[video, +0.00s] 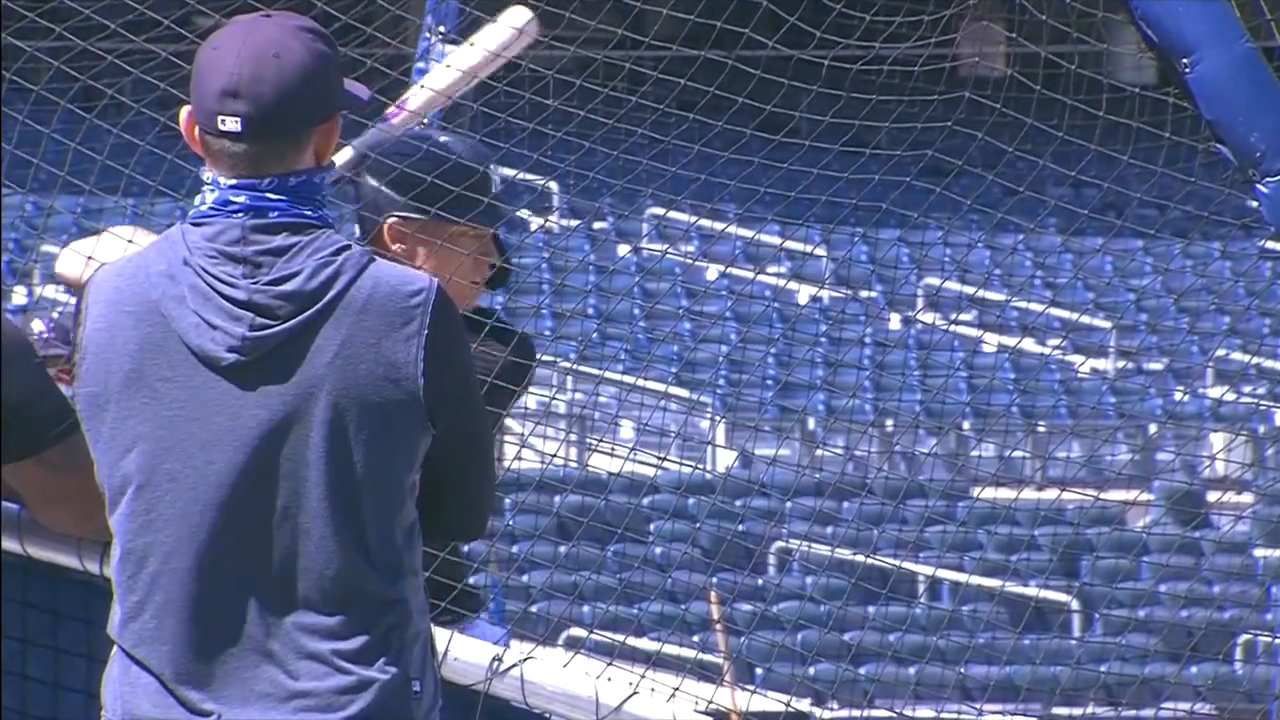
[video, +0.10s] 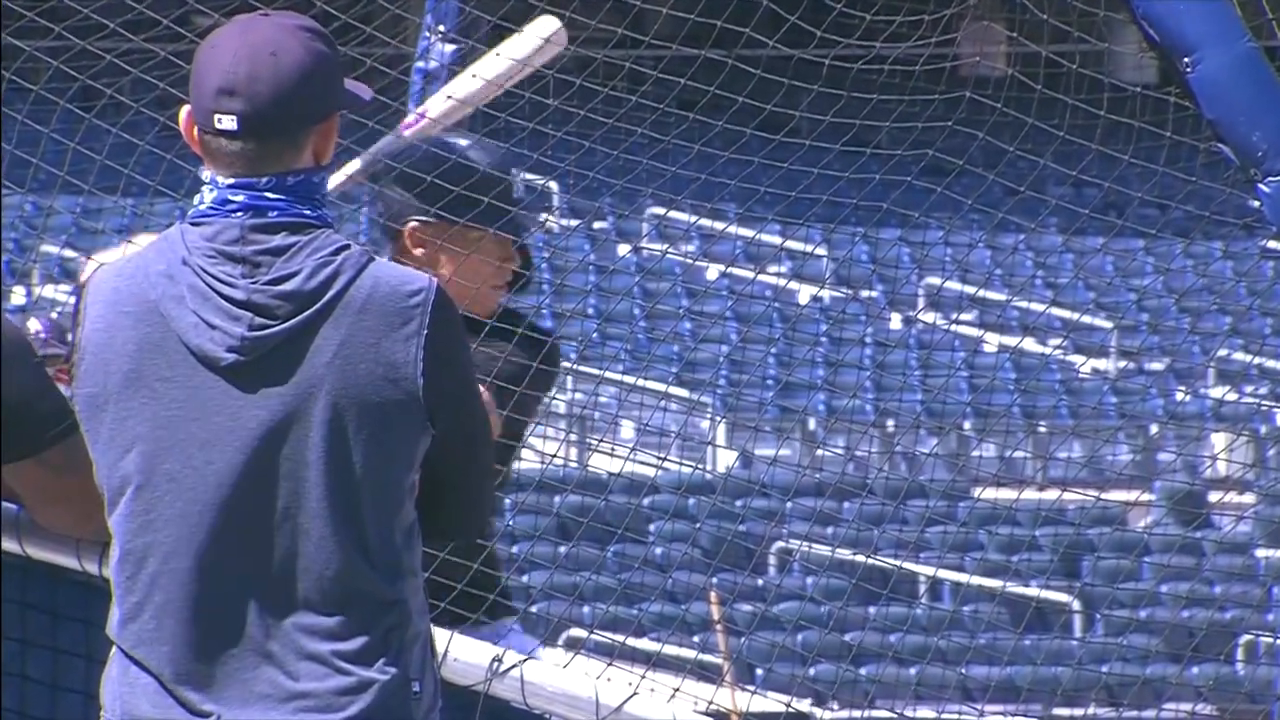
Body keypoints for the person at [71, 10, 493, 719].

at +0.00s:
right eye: (342, 127)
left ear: (189, 135)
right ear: (330, 141)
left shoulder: (110, 298)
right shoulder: (411, 307)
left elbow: (125, 478)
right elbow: (462, 508)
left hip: (150, 699)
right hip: (353, 697)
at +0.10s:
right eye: (340, 126)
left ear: (188, 134)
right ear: (328, 141)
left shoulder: (109, 294)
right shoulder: (411, 309)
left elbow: (123, 477)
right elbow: (461, 506)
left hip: (150, 699)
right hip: (352, 697)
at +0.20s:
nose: (339, 137)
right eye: (339, 125)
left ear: (188, 134)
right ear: (327, 140)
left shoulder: (108, 297)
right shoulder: (407, 306)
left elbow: (125, 479)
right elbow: (457, 509)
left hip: (148, 699)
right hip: (351, 698)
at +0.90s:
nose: (333, 130)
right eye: (332, 118)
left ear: (180, 136)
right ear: (318, 138)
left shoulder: (106, 300)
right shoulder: (404, 308)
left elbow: (124, 482)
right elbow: (461, 510)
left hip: (147, 699)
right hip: (349, 698)